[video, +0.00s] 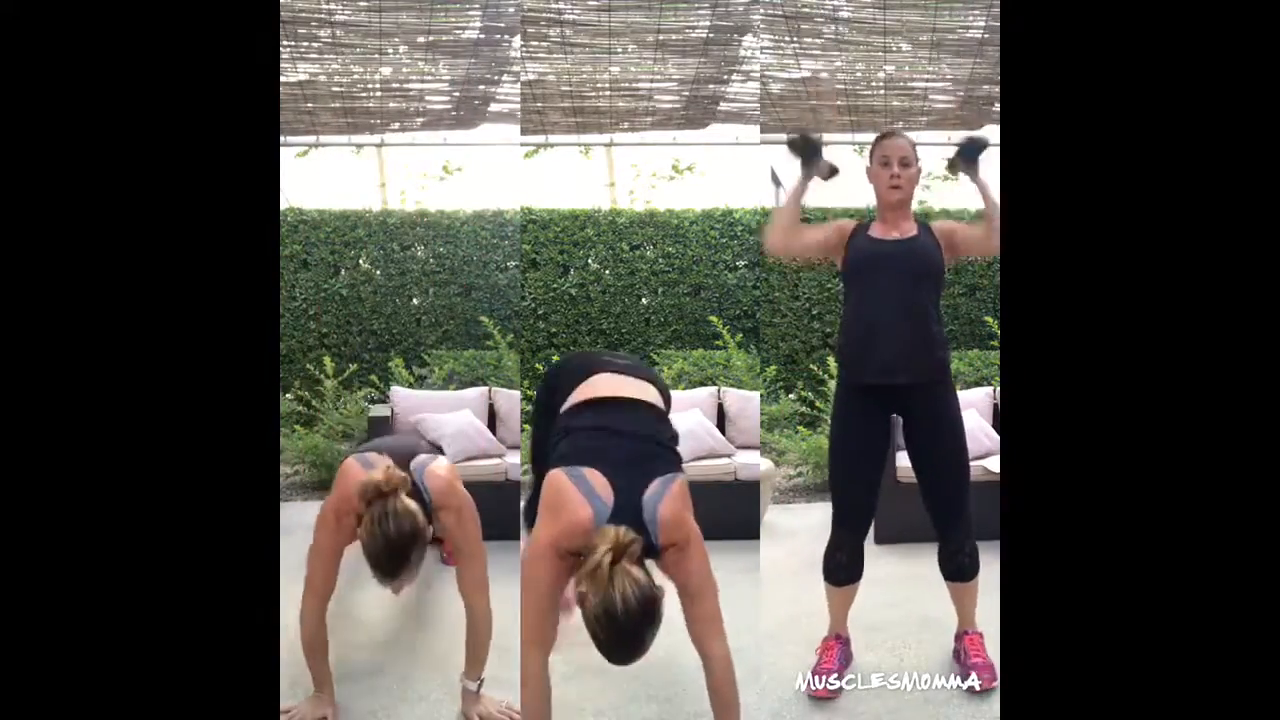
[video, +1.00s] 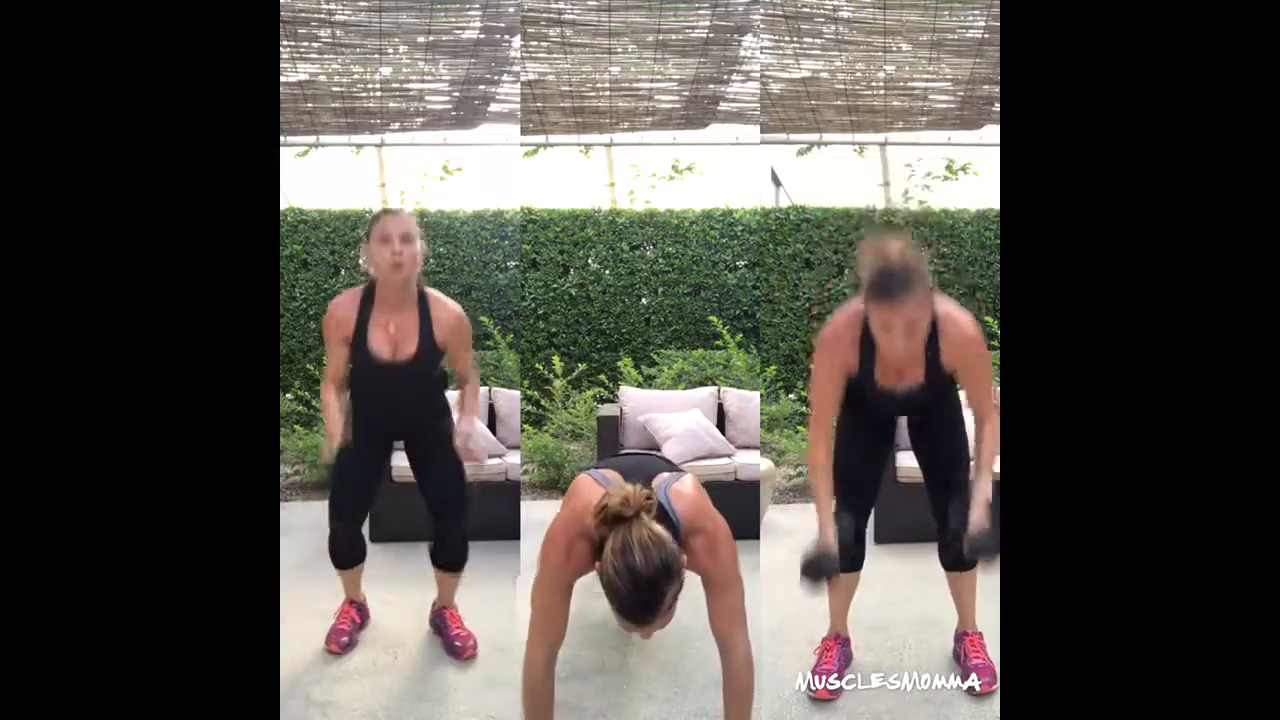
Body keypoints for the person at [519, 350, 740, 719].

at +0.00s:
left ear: (657, 591)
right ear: (582, 590)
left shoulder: (677, 529)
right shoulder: (553, 531)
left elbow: (714, 649)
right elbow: (534, 658)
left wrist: (729, 716)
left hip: (647, 382)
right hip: (571, 377)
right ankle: (561, 590)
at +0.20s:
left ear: (684, 579)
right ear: (601, 589)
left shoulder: (700, 529)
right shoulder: (567, 536)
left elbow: (728, 648)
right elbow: (535, 657)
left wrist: (734, 715)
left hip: (649, 429)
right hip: (575, 434)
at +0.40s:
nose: (646, 625)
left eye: (660, 608)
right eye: (628, 612)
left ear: (679, 553)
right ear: (597, 561)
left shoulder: (701, 524)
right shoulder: (566, 530)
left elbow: (730, 646)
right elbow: (539, 652)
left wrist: (735, 716)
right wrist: (537, 717)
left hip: (670, 479)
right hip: (595, 480)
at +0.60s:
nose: (647, 625)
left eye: (662, 608)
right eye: (631, 612)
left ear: (683, 554)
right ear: (600, 561)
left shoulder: (706, 525)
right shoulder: (568, 532)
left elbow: (732, 648)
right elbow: (545, 654)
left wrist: (735, 716)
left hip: (674, 473)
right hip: (599, 472)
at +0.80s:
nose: (647, 627)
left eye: (662, 611)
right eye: (630, 615)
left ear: (683, 557)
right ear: (599, 562)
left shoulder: (708, 526)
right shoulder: (568, 533)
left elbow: (733, 649)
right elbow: (546, 653)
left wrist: (735, 716)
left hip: (676, 474)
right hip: (601, 474)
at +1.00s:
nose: (646, 636)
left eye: (663, 621)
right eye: (630, 626)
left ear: (682, 563)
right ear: (599, 570)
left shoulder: (708, 530)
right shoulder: (568, 533)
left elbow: (736, 650)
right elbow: (541, 651)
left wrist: (738, 715)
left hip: (674, 477)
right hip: (598, 477)